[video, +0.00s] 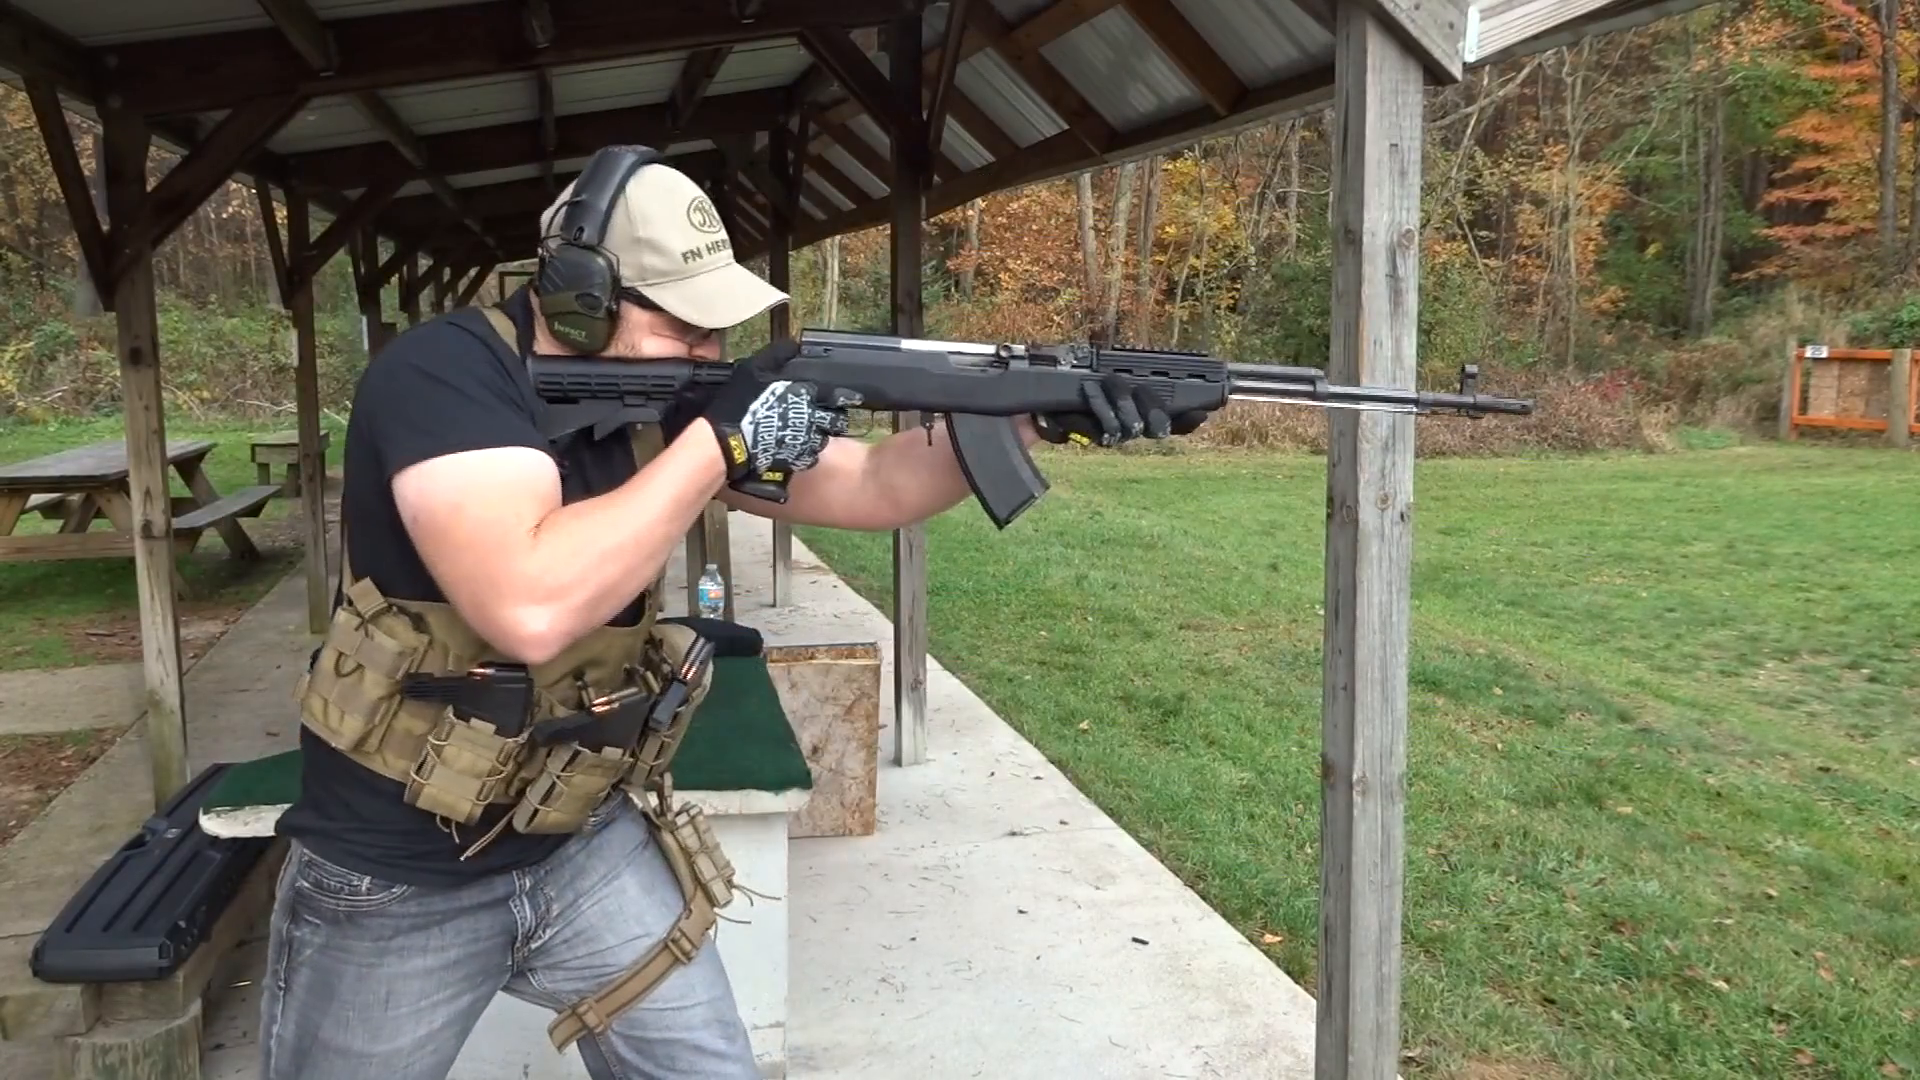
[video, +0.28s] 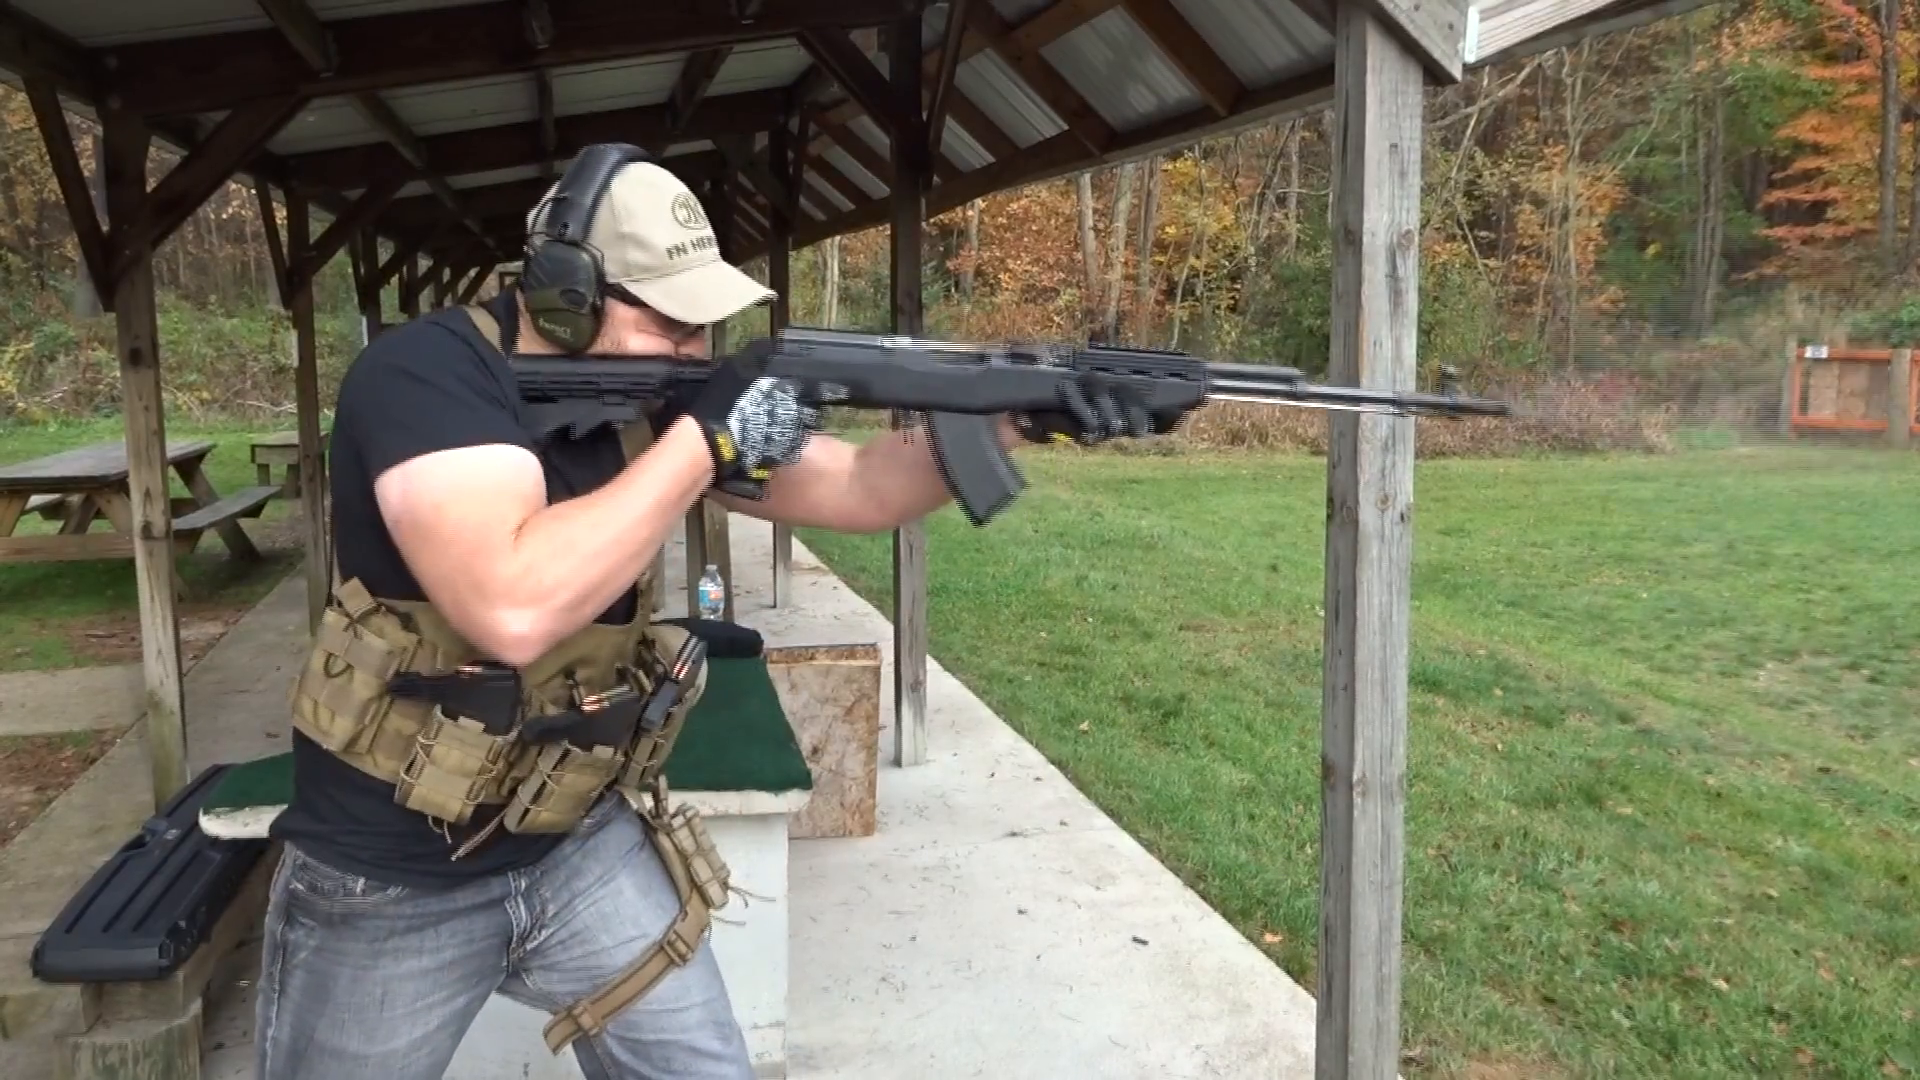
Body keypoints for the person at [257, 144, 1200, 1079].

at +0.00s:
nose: (705, 352)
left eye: (710, 330)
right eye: (680, 327)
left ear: (692, 309)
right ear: (582, 302)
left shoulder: (659, 404)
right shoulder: (433, 381)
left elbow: (876, 481)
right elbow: (533, 607)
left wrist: (1053, 404)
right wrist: (718, 438)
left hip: (593, 842)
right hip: (396, 876)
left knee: (711, 1065)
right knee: (331, 1075)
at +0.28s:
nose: (691, 347)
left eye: (698, 325)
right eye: (665, 322)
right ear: (568, 297)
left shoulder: (652, 401)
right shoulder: (418, 378)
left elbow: (861, 483)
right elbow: (515, 606)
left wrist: (1031, 408)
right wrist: (703, 432)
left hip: (585, 844)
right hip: (387, 884)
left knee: (706, 1064)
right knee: (324, 1075)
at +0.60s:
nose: (675, 345)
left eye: (681, 322)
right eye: (649, 320)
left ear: (671, 302)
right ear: (552, 298)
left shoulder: (637, 401)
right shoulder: (401, 379)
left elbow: (853, 478)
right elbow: (502, 598)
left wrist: (1033, 395)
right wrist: (696, 426)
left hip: (581, 844)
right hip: (386, 885)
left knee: (705, 1070)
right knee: (324, 1078)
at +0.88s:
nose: (673, 354)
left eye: (682, 332)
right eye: (651, 329)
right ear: (553, 297)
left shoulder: (630, 392)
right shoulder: (403, 377)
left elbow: (838, 482)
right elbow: (492, 602)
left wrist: (1005, 406)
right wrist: (678, 438)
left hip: (581, 840)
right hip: (386, 881)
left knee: (704, 1069)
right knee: (328, 1073)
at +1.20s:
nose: (670, 350)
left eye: (677, 327)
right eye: (644, 324)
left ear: (669, 304)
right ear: (547, 299)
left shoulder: (629, 400)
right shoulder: (398, 380)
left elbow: (842, 478)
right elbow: (495, 596)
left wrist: (1025, 399)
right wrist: (696, 428)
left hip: (580, 844)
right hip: (385, 886)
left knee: (704, 1068)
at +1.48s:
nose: (673, 351)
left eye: (680, 329)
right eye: (648, 326)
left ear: (674, 310)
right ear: (551, 302)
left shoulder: (636, 392)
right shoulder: (400, 377)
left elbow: (842, 481)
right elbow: (490, 600)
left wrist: (1014, 407)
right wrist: (691, 431)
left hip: (580, 844)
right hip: (388, 887)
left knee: (703, 1065)